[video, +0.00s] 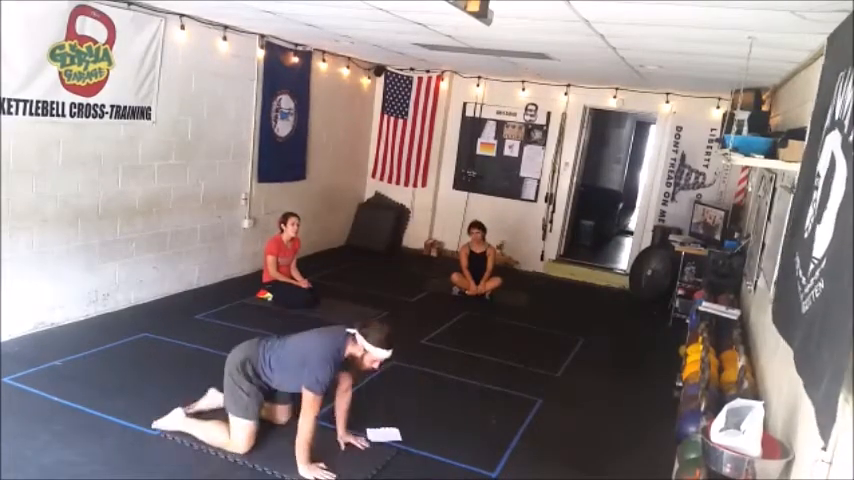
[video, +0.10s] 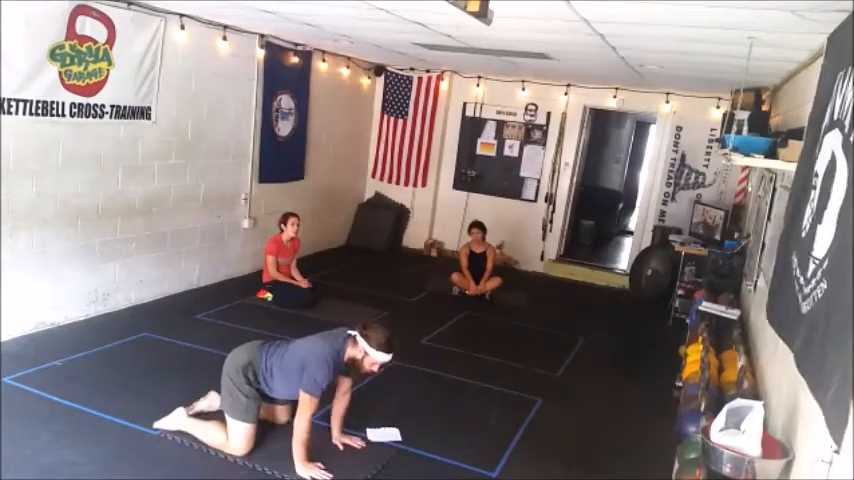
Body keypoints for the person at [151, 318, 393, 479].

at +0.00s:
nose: (378, 364)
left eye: (383, 360)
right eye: (376, 359)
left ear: (361, 342)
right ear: (359, 347)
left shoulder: (350, 340)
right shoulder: (323, 363)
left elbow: (343, 388)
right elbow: (307, 415)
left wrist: (342, 432)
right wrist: (304, 464)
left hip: (271, 356)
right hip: (245, 364)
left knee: (281, 414)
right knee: (240, 442)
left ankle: (221, 400)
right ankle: (179, 421)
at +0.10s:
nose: (379, 368)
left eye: (383, 364)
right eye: (377, 362)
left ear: (363, 346)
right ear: (360, 349)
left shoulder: (354, 345)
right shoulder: (322, 360)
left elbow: (343, 391)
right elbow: (303, 415)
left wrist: (336, 433)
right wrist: (301, 462)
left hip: (271, 358)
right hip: (244, 366)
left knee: (281, 414)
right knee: (238, 445)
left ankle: (220, 402)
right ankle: (181, 420)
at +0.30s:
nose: (374, 358)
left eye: (378, 353)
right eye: (372, 352)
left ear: (360, 339)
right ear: (357, 342)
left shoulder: (347, 345)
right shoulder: (314, 356)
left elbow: (343, 393)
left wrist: (339, 435)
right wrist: (288, 345)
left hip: (271, 365)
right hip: (242, 368)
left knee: (281, 415)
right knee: (239, 445)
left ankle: (219, 401)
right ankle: (184, 417)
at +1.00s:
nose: (374, 330)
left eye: (374, 323)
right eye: (371, 323)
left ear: (353, 322)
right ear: (354, 323)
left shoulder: (345, 348)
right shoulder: (320, 354)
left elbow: (344, 393)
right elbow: (260, 365)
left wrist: (343, 437)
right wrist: (282, 344)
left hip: (266, 358)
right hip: (241, 368)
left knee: (281, 410)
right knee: (237, 446)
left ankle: (217, 402)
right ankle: (180, 419)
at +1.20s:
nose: (375, 345)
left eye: (378, 340)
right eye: (375, 339)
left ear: (359, 327)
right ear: (360, 330)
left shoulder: (342, 344)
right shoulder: (318, 350)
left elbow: (343, 392)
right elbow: (258, 362)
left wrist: (341, 436)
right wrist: (277, 343)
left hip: (265, 366)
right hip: (240, 369)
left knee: (281, 412)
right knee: (237, 445)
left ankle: (216, 402)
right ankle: (180, 420)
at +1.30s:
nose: (365, 363)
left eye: (370, 361)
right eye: (367, 358)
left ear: (362, 338)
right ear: (361, 344)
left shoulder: (345, 339)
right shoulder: (316, 351)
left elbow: (343, 392)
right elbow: (257, 360)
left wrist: (341, 435)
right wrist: (277, 342)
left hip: (269, 367)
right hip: (241, 370)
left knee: (281, 412)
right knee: (238, 445)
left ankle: (217, 401)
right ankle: (181, 420)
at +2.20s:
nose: (381, 349)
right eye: (379, 343)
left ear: (363, 332)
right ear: (364, 336)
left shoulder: (347, 339)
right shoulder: (323, 360)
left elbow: (345, 393)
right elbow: (265, 374)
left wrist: (342, 435)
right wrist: (279, 343)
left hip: (266, 355)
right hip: (242, 369)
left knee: (282, 412)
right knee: (237, 446)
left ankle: (219, 400)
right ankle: (183, 417)